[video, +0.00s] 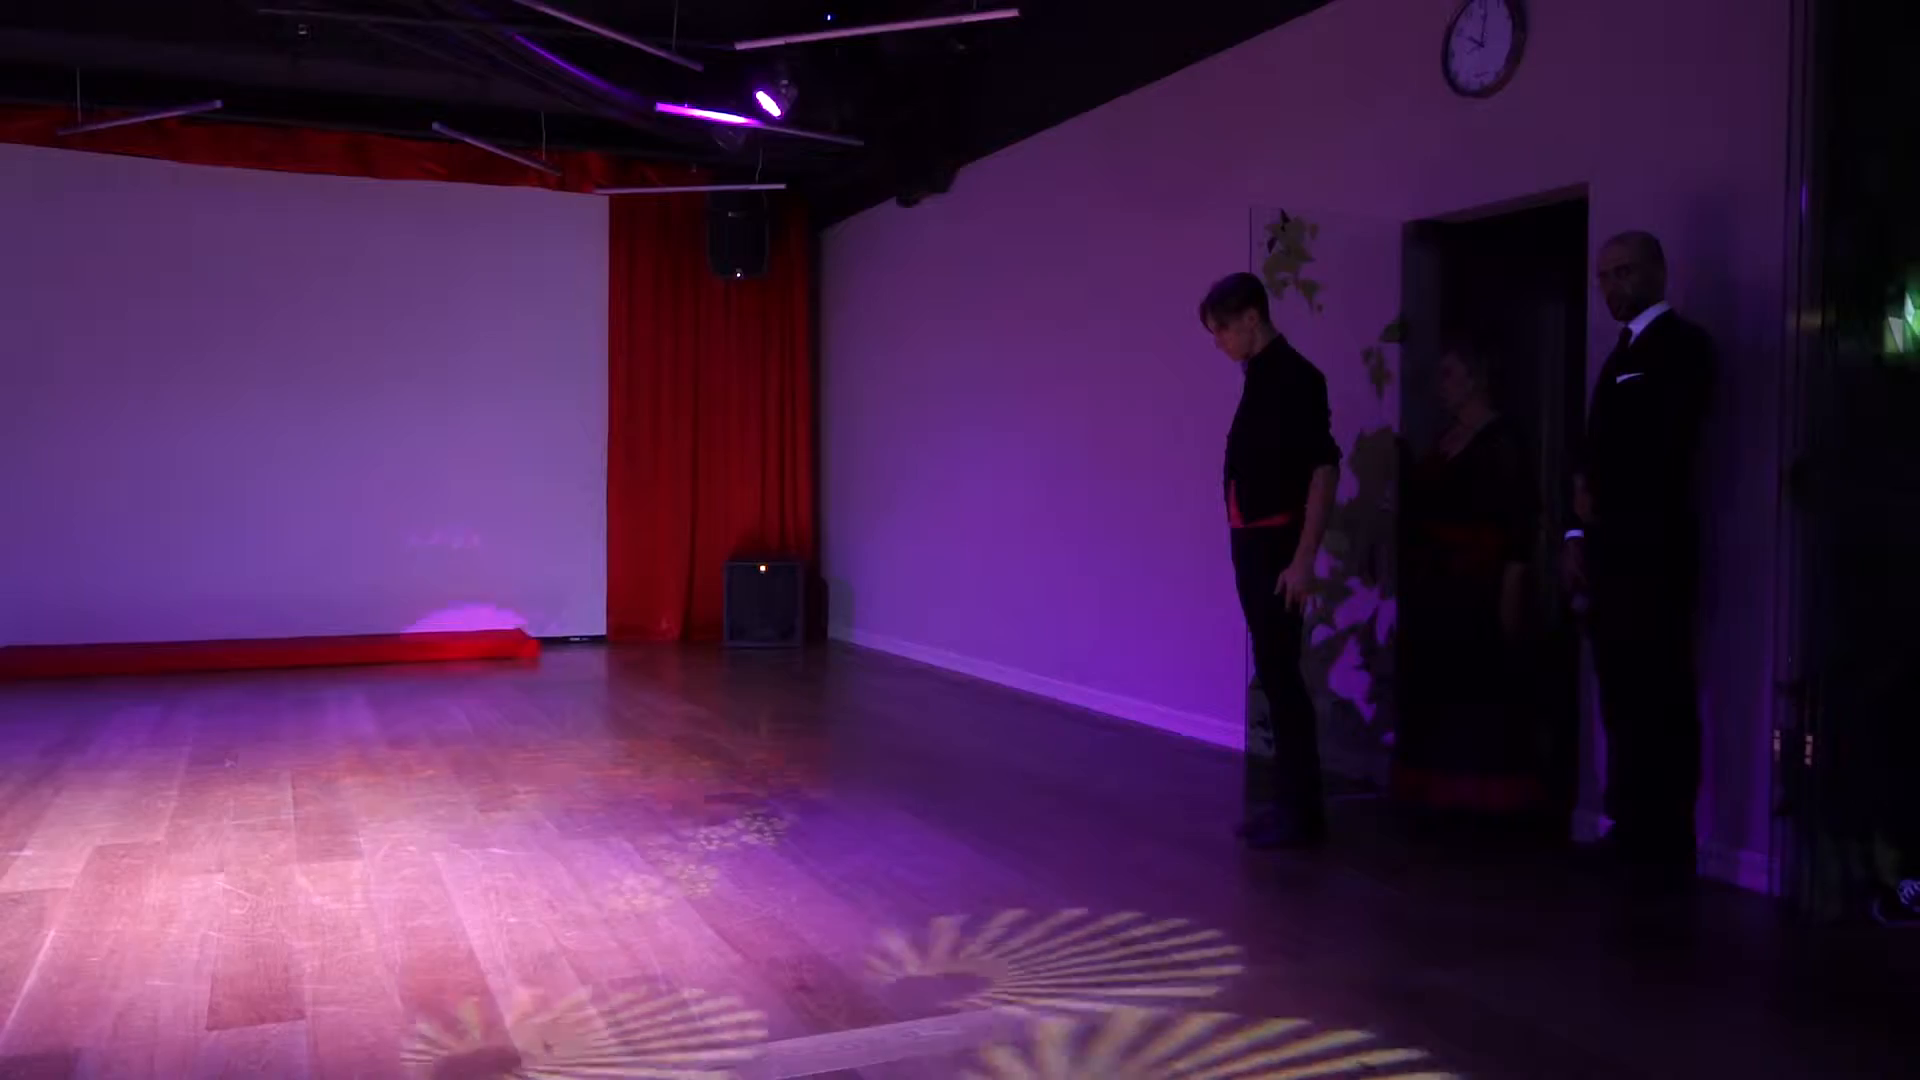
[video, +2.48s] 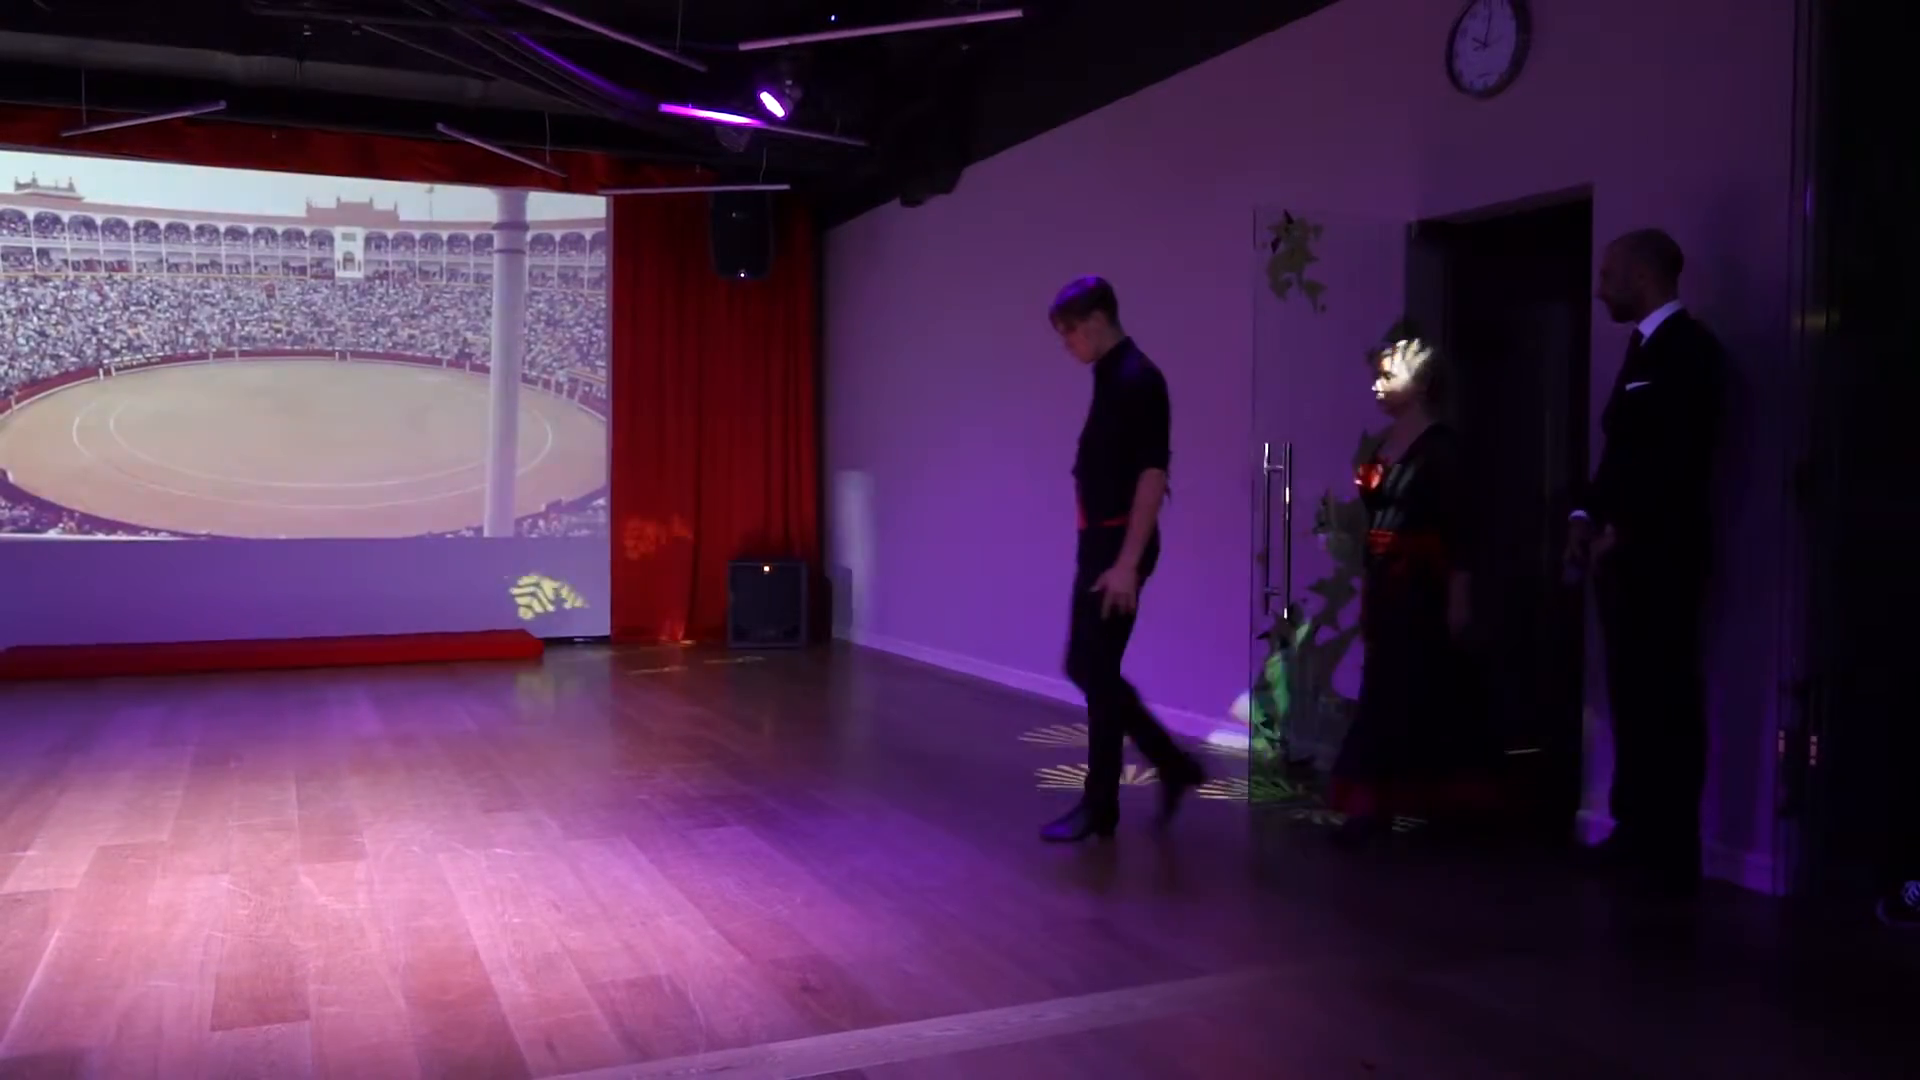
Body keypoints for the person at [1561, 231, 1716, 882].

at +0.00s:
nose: (1610, 286)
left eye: (1622, 273)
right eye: (1604, 276)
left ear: (1654, 275)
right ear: (1605, 283)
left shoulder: (1680, 347)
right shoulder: (1624, 354)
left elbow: (1658, 457)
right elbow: (1594, 453)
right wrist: (1579, 532)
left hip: (1660, 548)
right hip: (1622, 548)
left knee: (1657, 696)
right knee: (1628, 697)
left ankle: (1662, 840)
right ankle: (1632, 832)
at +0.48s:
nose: (1604, 283)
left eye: (1616, 271)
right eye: (1601, 272)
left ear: (1651, 274)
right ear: (1612, 278)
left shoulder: (1677, 348)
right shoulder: (1622, 352)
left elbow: (1648, 459)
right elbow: (1596, 454)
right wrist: (1580, 531)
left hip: (1660, 551)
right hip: (1623, 550)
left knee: (1658, 701)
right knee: (1629, 702)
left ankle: (1662, 847)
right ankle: (1632, 839)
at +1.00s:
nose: (1592, 285)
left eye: (1602, 271)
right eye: (1594, 271)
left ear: (1637, 275)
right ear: (1642, 275)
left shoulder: (1670, 349)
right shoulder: (1629, 349)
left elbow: (1639, 463)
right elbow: (1597, 454)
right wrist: (1583, 527)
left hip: (1661, 555)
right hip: (1631, 553)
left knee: (1657, 707)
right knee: (1635, 705)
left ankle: (1660, 853)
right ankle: (1638, 847)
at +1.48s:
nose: (1592, 286)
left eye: (1601, 272)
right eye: (1593, 273)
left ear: (1635, 276)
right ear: (1640, 276)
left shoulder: (1670, 350)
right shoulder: (1636, 349)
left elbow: (1646, 467)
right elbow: (1614, 458)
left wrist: (1602, 527)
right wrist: (1589, 516)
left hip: (1660, 556)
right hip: (1633, 554)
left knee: (1659, 705)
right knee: (1636, 704)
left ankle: (1661, 850)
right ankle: (1638, 844)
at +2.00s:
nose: (1599, 287)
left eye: (1607, 272)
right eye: (1601, 273)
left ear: (1639, 276)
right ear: (1649, 275)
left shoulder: (1673, 351)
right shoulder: (1644, 347)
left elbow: (1646, 461)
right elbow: (1616, 453)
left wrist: (1603, 527)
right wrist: (1589, 518)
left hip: (1657, 558)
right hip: (1635, 555)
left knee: (1655, 704)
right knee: (1640, 703)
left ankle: (1661, 852)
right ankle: (1641, 844)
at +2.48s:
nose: (1603, 287)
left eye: (1612, 274)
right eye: (1604, 274)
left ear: (1648, 277)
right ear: (1650, 277)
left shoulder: (1684, 350)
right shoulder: (1645, 350)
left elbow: (1664, 462)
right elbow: (1617, 451)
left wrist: (1619, 528)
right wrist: (1585, 513)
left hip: (1667, 555)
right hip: (1635, 553)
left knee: (1661, 700)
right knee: (1638, 699)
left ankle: (1665, 850)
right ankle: (1637, 841)